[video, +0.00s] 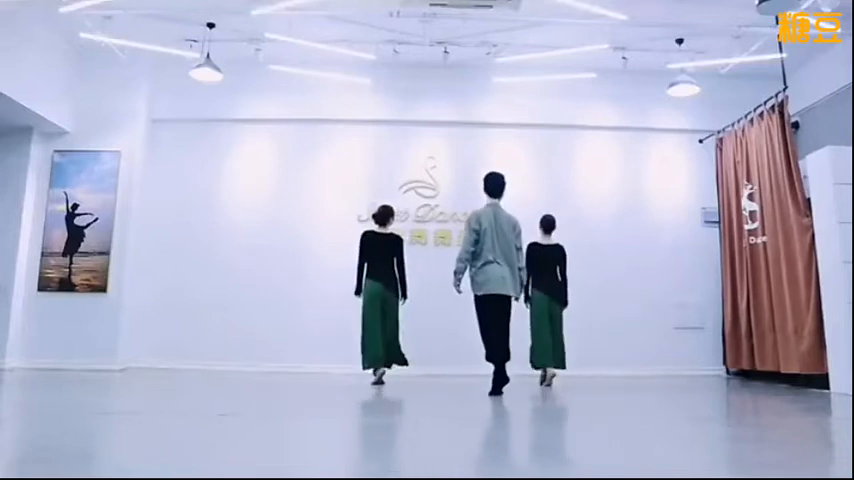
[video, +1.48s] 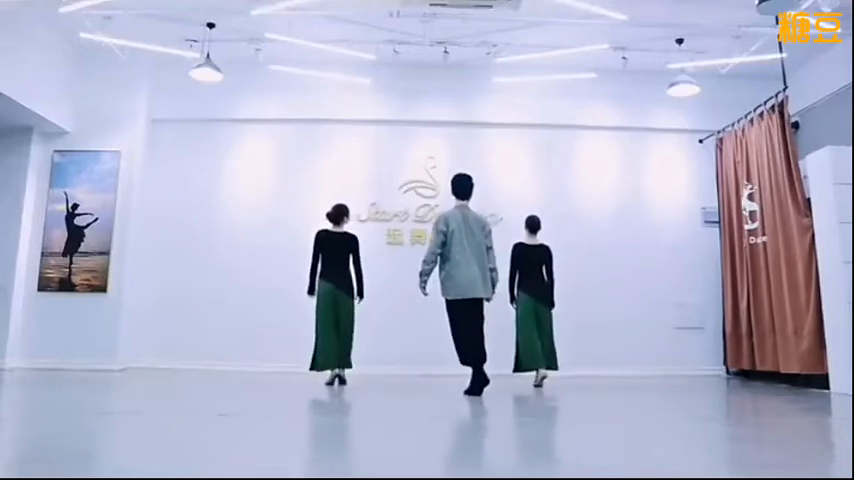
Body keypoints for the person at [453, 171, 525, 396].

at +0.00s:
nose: (489, 191)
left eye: (486, 187)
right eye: (497, 187)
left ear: (484, 189)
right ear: (503, 190)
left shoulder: (476, 218)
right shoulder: (512, 222)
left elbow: (467, 250)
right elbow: (519, 257)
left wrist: (458, 273)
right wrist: (521, 284)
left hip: (482, 281)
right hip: (507, 281)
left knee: (488, 327)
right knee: (502, 327)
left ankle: (500, 370)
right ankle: (498, 377)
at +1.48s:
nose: (464, 193)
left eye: (457, 189)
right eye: (467, 188)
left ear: (452, 191)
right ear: (471, 192)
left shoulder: (444, 220)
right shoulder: (481, 221)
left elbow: (433, 252)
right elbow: (490, 256)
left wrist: (423, 275)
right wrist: (492, 284)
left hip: (454, 288)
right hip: (478, 286)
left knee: (461, 331)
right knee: (476, 330)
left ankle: (479, 372)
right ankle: (476, 377)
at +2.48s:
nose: (388, 205)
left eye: (388, 201)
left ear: (387, 203)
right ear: (406, 205)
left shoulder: (380, 231)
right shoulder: (416, 236)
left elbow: (364, 262)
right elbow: (416, 267)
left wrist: (352, 286)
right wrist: (404, 289)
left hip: (378, 298)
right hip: (402, 300)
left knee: (373, 342)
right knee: (379, 344)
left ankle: (397, 379)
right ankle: (359, 380)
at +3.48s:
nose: (379, 199)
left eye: (371, 195)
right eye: (383, 195)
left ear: (367, 197)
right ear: (387, 198)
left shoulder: (358, 226)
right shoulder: (395, 224)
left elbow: (344, 258)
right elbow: (409, 219)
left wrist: (339, 284)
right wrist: (398, 203)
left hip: (361, 291)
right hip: (385, 291)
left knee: (364, 340)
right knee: (374, 339)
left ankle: (387, 372)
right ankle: (358, 380)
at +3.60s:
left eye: (370, 194)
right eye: (383, 194)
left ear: (367, 197)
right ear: (387, 198)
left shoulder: (357, 226)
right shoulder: (392, 225)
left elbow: (344, 258)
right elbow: (399, 220)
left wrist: (339, 283)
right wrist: (398, 204)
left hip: (361, 290)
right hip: (384, 290)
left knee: (364, 339)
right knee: (374, 339)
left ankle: (387, 373)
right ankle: (358, 380)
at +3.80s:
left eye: (369, 195)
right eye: (384, 194)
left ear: (367, 198)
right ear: (386, 198)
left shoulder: (357, 227)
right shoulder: (392, 224)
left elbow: (345, 260)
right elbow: (397, 221)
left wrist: (340, 285)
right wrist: (387, 203)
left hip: (361, 289)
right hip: (385, 288)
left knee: (365, 341)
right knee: (374, 340)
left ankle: (388, 373)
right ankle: (358, 381)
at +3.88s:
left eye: (368, 194)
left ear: (367, 197)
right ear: (386, 198)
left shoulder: (357, 226)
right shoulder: (394, 223)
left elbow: (345, 259)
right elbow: (400, 217)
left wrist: (340, 284)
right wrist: (388, 202)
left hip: (361, 290)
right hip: (384, 289)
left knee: (365, 340)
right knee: (374, 340)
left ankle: (388, 373)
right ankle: (358, 381)